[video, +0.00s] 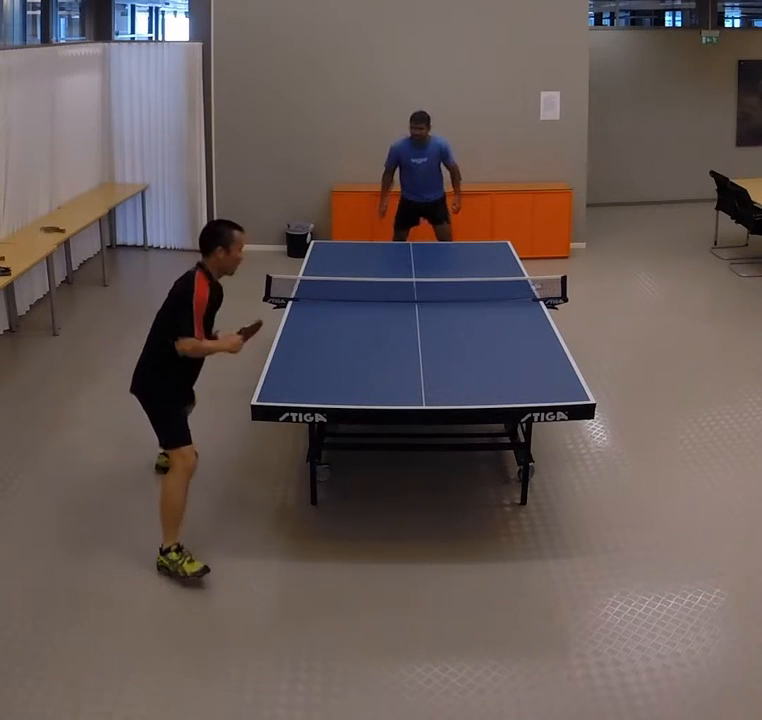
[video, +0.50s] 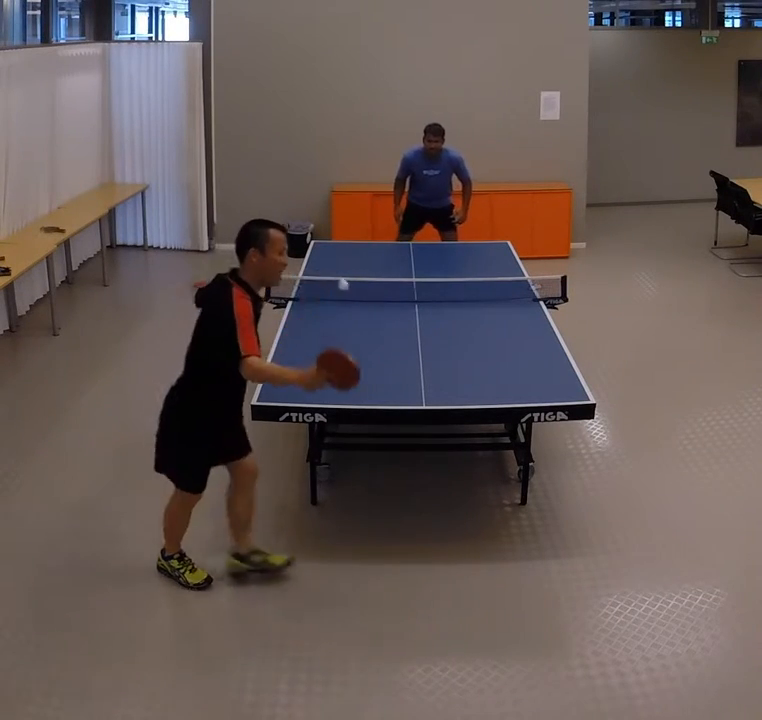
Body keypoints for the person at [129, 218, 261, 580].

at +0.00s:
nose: (242, 258)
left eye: (242, 251)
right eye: (239, 251)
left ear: (219, 252)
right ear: (219, 252)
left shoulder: (211, 285)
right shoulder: (194, 288)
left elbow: (200, 336)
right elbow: (183, 345)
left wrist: (233, 337)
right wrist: (222, 345)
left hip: (175, 378)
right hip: (156, 385)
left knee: (184, 408)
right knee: (184, 460)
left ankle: (165, 456)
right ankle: (169, 550)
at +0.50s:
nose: (286, 261)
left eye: (286, 253)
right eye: (280, 253)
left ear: (253, 257)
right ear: (254, 256)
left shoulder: (231, 285)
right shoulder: (236, 301)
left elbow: (202, 293)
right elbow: (250, 368)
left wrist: (198, 290)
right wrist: (301, 377)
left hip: (220, 406)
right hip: (193, 409)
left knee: (245, 470)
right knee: (189, 490)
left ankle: (243, 551)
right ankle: (170, 555)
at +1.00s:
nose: (381, 276)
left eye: (378, 270)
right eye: (381, 270)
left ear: (338, 273)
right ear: (377, 275)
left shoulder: (312, 317)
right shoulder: (377, 331)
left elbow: (273, 364)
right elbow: (373, 399)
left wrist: (248, 400)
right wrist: (415, 445)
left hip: (303, 444)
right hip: (345, 448)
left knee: (338, 508)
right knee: (398, 512)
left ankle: (327, 584)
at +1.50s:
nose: (438, 311)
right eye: (438, 306)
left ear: (393, 315)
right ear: (437, 314)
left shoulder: (369, 372)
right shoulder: (463, 373)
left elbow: (351, 440)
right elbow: (498, 431)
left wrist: (362, 476)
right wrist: (484, 446)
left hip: (379, 498)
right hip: (443, 500)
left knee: (326, 558)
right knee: (489, 551)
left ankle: (279, 636)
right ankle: (511, 638)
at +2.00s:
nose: (400, 314)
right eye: (399, 309)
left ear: (355, 314)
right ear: (400, 316)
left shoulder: (326, 373)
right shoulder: (421, 372)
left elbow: (300, 442)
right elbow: (457, 413)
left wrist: (289, 472)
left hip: (336, 505)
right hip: (402, 505)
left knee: (300, 563)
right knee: (447, 567)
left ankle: (274, 643)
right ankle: (476, 648)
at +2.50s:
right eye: (398, 298)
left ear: (355, 295)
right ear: (399, 302)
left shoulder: (313, 346)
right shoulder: (408, 352)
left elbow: (292, 416)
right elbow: (459, 409)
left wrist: (289, 469)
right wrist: (490, 429)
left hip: (326, 484)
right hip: (388, 484)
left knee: (297, 566)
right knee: (432, 563)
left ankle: (273, 643)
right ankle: (468, 635)